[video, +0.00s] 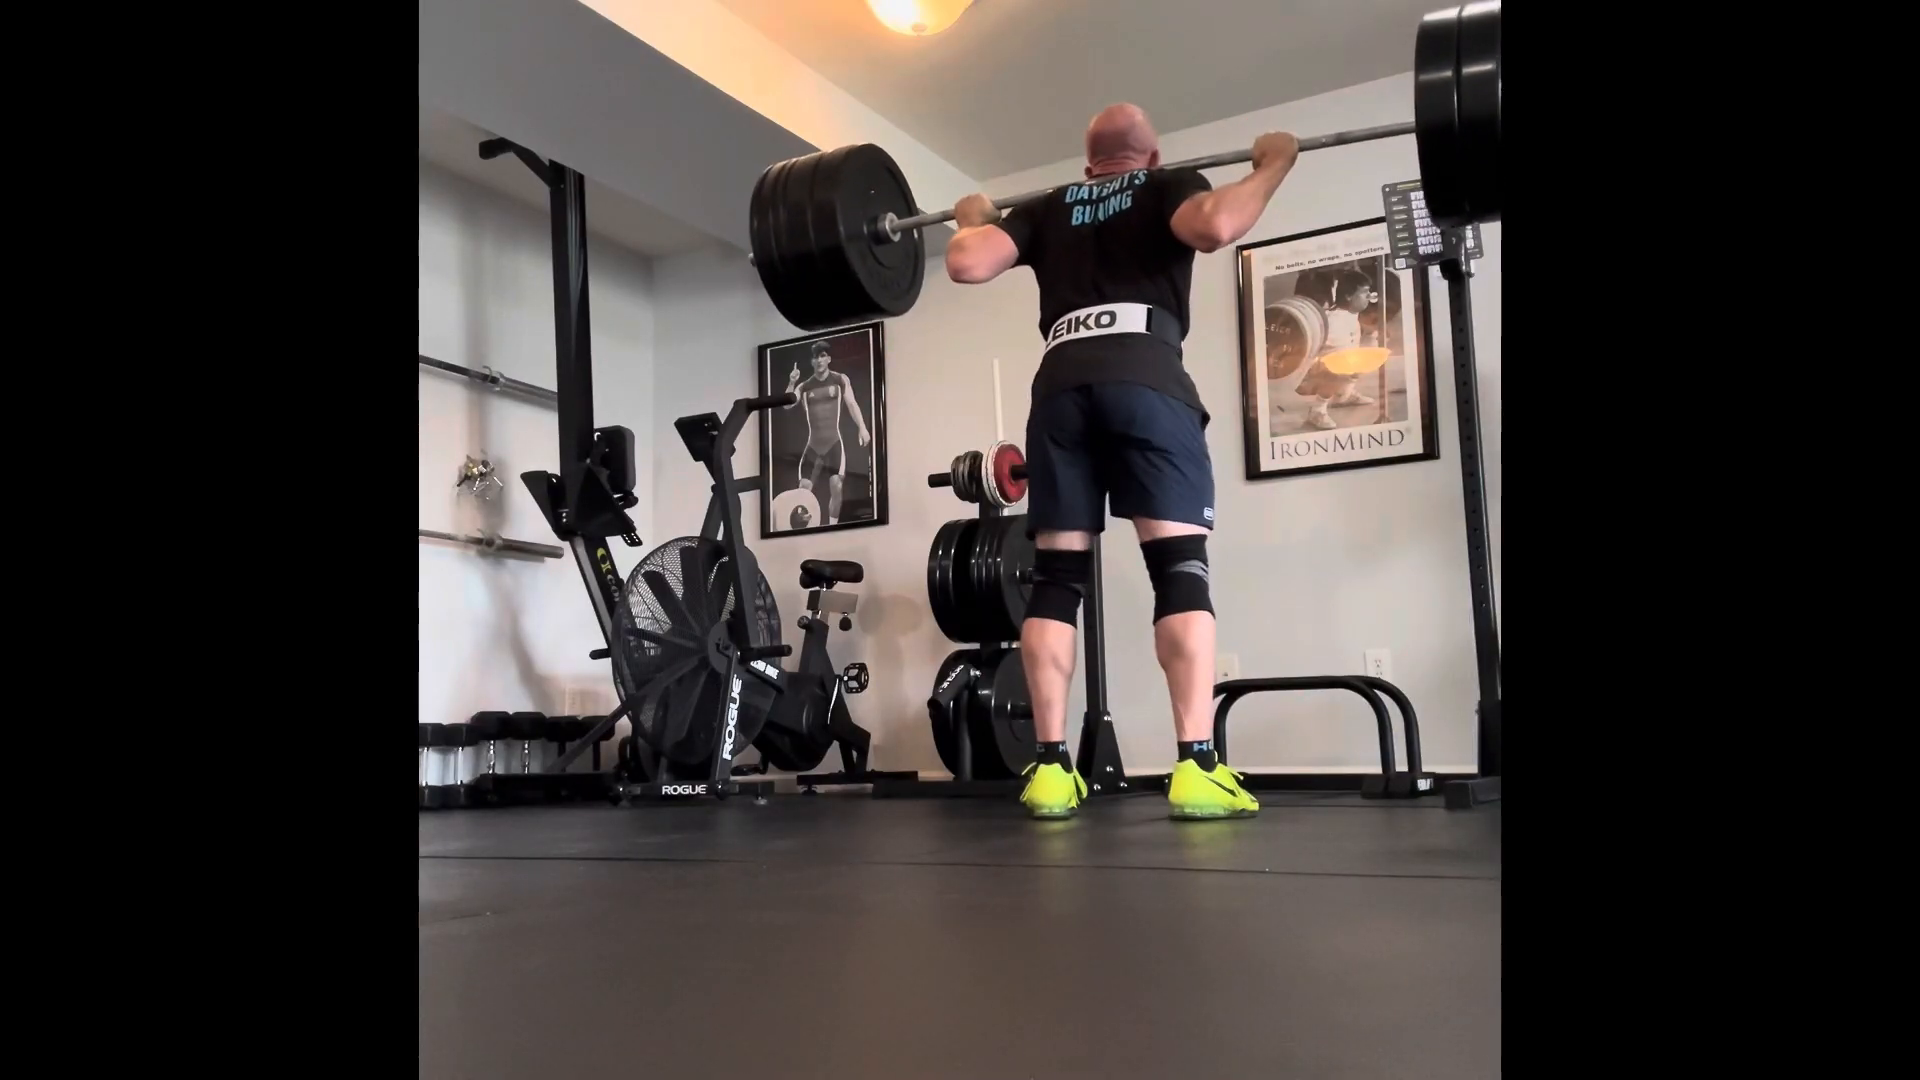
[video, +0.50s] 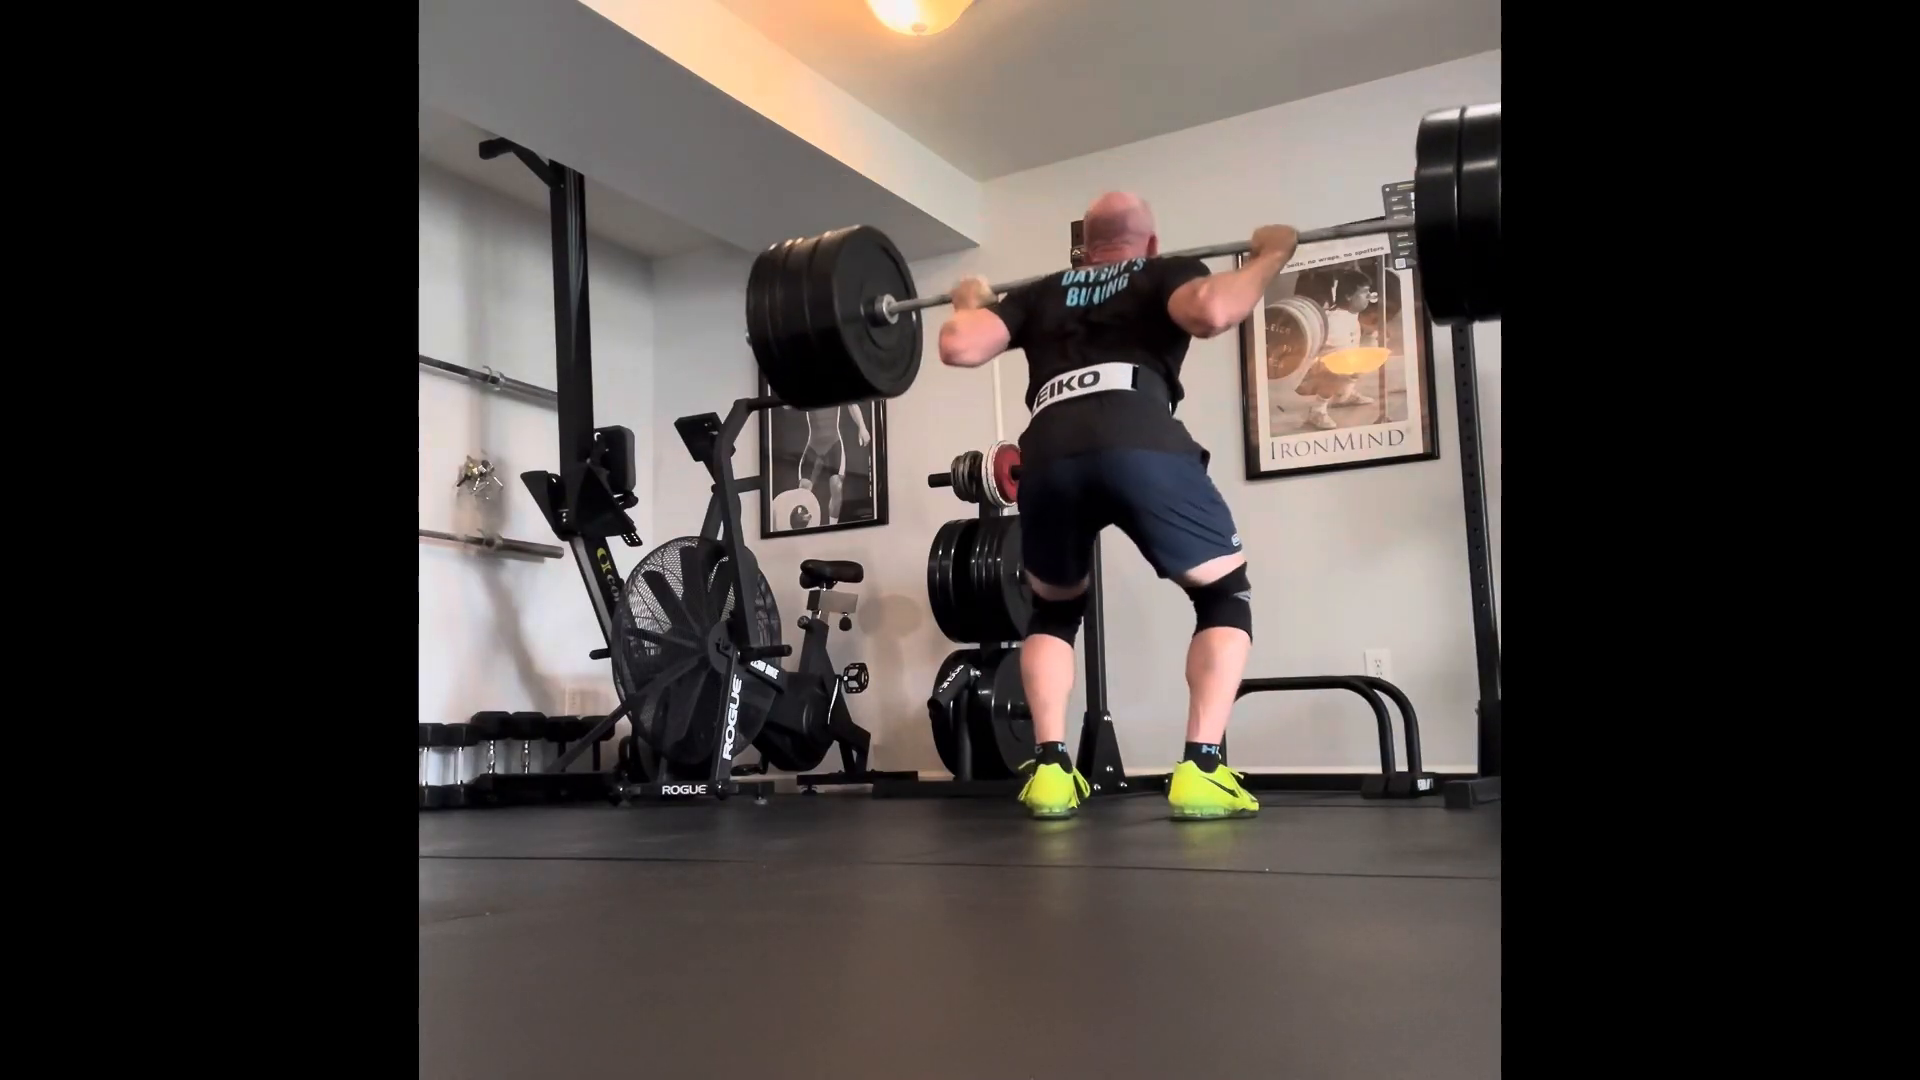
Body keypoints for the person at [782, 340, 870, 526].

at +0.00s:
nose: (819, 361)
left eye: (823, 356)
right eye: (816, 357)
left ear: (829, 359)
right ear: (811, 361)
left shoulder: (840, 380)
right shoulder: (803, 386)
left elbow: (852, 405)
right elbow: (787, 406)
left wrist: (862, 428)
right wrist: (791, 384)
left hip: (834, 442)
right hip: (813, 444)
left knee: (836, 485)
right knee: (804, 486)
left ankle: (832, 529)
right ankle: (802, 528)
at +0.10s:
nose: (819, 361)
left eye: (823, 356)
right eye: (816, 357)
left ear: (829, 359)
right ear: (811, 361)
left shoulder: (840, 380)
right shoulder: (803, 386)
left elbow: (852, 405)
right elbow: (787, 406)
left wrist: (862, 428)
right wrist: (791, 384)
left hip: (834, 442)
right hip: (813, 444)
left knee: (836, 484)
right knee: (804, 486)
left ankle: (832, 529)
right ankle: (802, 528)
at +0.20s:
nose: (819, 361)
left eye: (822, 356)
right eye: (815, 357)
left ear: (829, 359)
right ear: (811, 361)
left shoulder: (840, 380)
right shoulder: (803, 387)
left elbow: (852, 405)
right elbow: (787, 405)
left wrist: (862, 428)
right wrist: (792, 383)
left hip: (834, 443)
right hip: (813, 445)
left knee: (836, 485)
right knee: (804, 486)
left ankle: (832, 529)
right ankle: (802, 528)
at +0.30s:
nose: (820, 371)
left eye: (822, 367)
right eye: (815, 368)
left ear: (827, 366)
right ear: (810, 369)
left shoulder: (840, 380)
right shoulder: (803, 386)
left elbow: (851, 404)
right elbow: (786, 405)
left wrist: (862, 428)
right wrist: (791, 383)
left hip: (834, 443)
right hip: (813, 445)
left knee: (836, 485)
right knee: (804, 487)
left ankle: (832, 529)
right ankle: (802, 528)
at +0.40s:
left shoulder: (840, 386)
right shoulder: (802, 386)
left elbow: (851, 404)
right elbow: (788, 405)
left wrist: (862, 427)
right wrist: (790, 393)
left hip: (834, 443)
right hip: (813, 444)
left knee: (836, 485)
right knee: (804, 485)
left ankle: (832, 528)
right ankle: (800, 527)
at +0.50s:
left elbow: (851, 404)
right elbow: (788, 405)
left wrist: (862, 427)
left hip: (834, 443)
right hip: (812, 445)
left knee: (837, 486)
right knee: (804, 487)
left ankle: (832, 529)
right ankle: (800, 527)